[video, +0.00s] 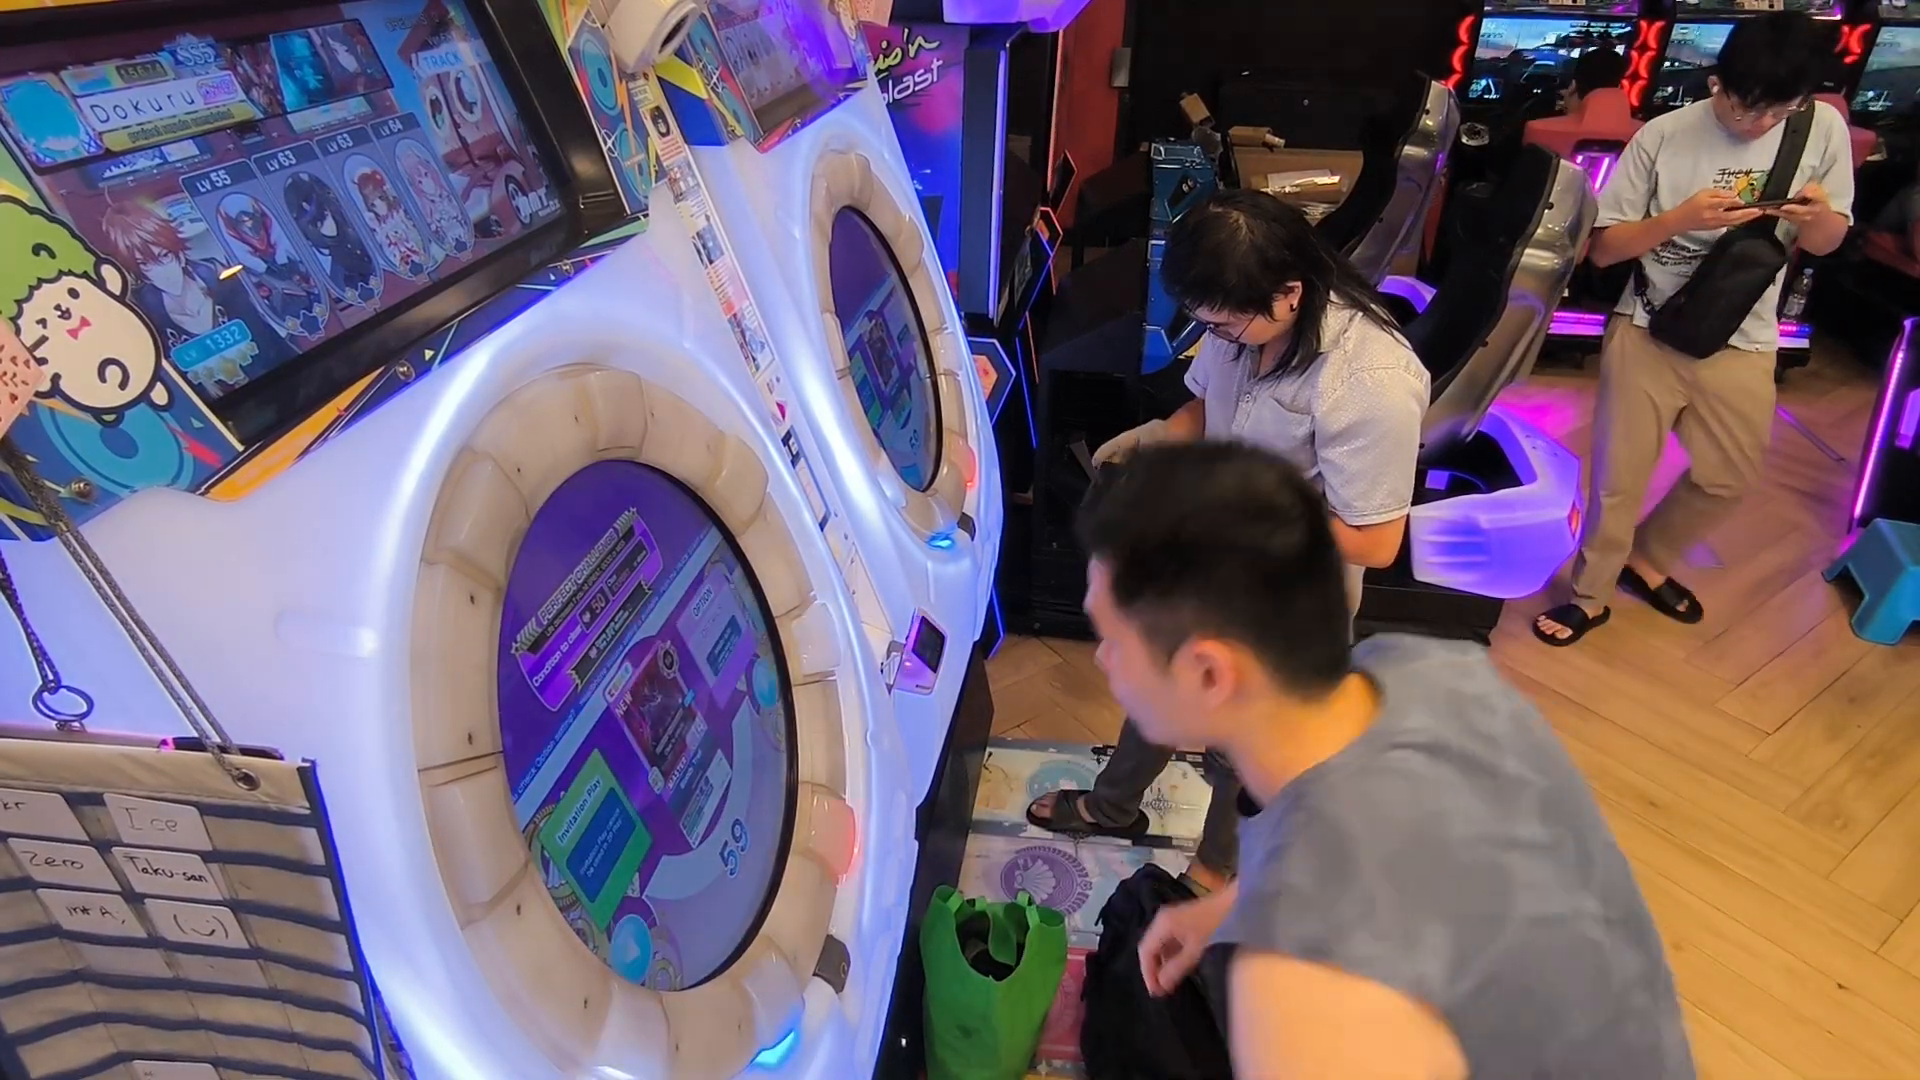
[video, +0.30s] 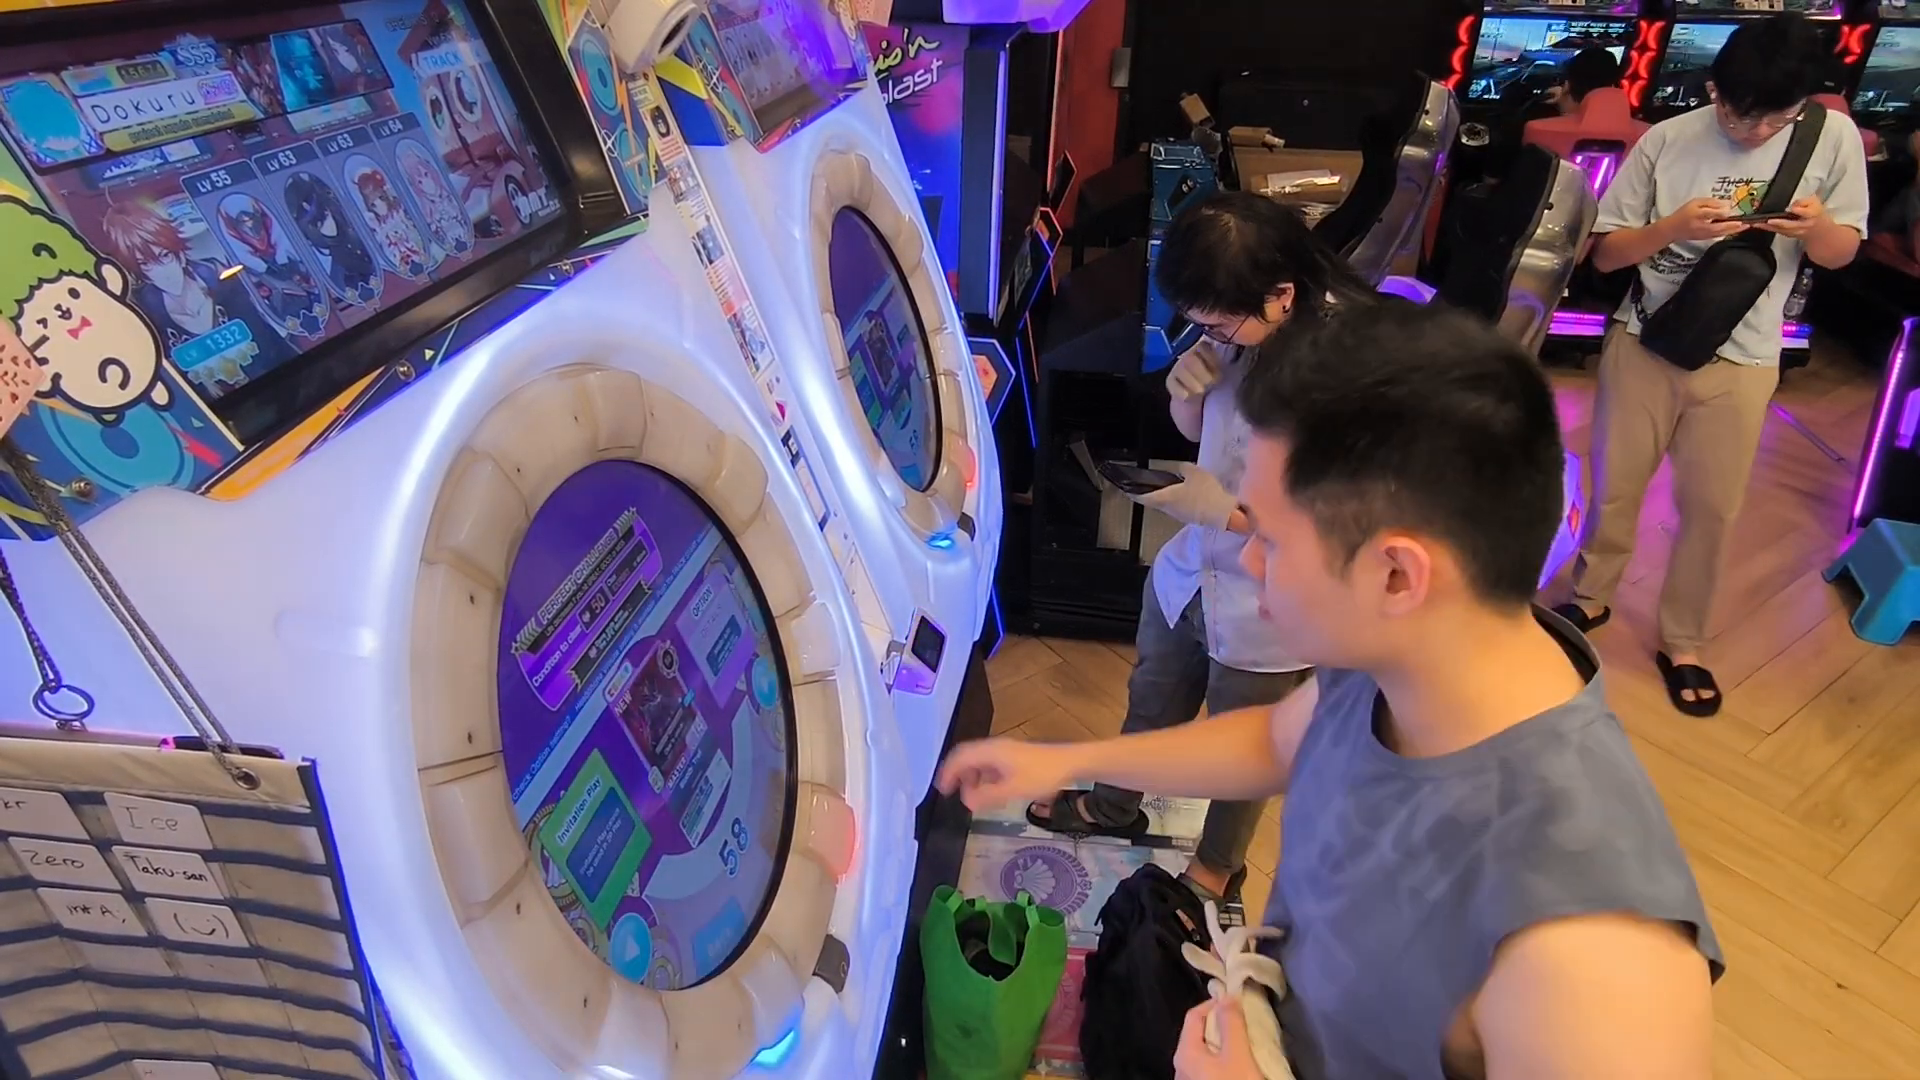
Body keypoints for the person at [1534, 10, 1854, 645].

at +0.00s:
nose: (1750, 121)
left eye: (1767, 111)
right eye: (1742, 105)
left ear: (1795, 99)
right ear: (1719, 79)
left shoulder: (1821, 130)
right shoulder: (1661, 138)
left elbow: (1826, 240)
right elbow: (1602, 247)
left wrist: (1815, 218)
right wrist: (1679, 219)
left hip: (1744, 348)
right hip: (1649, 335)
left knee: (1728, 476)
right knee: (1620, 478)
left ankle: (1646, 559)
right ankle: (1588, 595)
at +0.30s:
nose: (1755, 131)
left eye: (1773, 120)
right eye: (1744, 114)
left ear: (1801, 102)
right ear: (1720, 89)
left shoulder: (1831, 138)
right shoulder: (1665, 141)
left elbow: (1842, 254)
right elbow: (1603, 253)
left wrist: (1818, 228)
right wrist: (1669, 230)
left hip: (1740, 362)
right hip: (1643, 346)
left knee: (1710, 512)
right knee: (1613, 491)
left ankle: (1684, 644)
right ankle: (1588, 598)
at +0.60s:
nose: (1789, 146)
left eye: (1809, 133)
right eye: (1776, 127)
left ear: (1838, 116)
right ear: (1753, 100)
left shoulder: (1873, 162)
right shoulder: (1699, 150)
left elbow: (1872, 281)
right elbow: (1627, 263)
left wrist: (1837, 254)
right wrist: (1698, 239)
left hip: (1756, 388)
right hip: (1659, 364)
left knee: (1707, 539)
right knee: (1619, 502)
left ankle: (1670, 674)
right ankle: (1587, 599)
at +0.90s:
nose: (1849, 153)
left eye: (1871, 140)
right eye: (1835, 134)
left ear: (1898, 123)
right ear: (1808, 105)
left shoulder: (1907, 188)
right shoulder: (1747, 158)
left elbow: (1913, 302)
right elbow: (1667, 275)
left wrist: (1883, 269)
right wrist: (1730, 258)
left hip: (1796, 414)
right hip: (1695, 380)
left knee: (1726, 555)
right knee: (1635, 509)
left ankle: (1671, 674)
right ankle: (1596, 601)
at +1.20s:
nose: (1858, 159)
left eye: (1880, 147)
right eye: (1844, 138)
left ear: (1912, 135)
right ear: (1828, 112)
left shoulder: (1919, 204)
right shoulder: (1774, 159)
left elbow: (1919, 322)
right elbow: (1680, 274)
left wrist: (1889, 290)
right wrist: (1734, 266)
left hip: (1796, 428)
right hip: (1696, 386)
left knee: (1722, 564)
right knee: (1627, 536)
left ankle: (1672, 677)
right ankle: (1614, 656)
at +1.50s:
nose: (1798, 168)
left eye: (1821, 157)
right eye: (1788, 146)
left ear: (1871, 135)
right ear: (1777, 120)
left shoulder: (1907, 198)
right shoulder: (1736, 172)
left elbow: (1915, 329)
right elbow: (1650, 293)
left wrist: (1841, 297)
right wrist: (1689, 277)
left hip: (1768, 440)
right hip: (1666, 403)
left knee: (1710, 573)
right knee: (1597, 560)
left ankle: (1669, 676)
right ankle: (1538, 708)